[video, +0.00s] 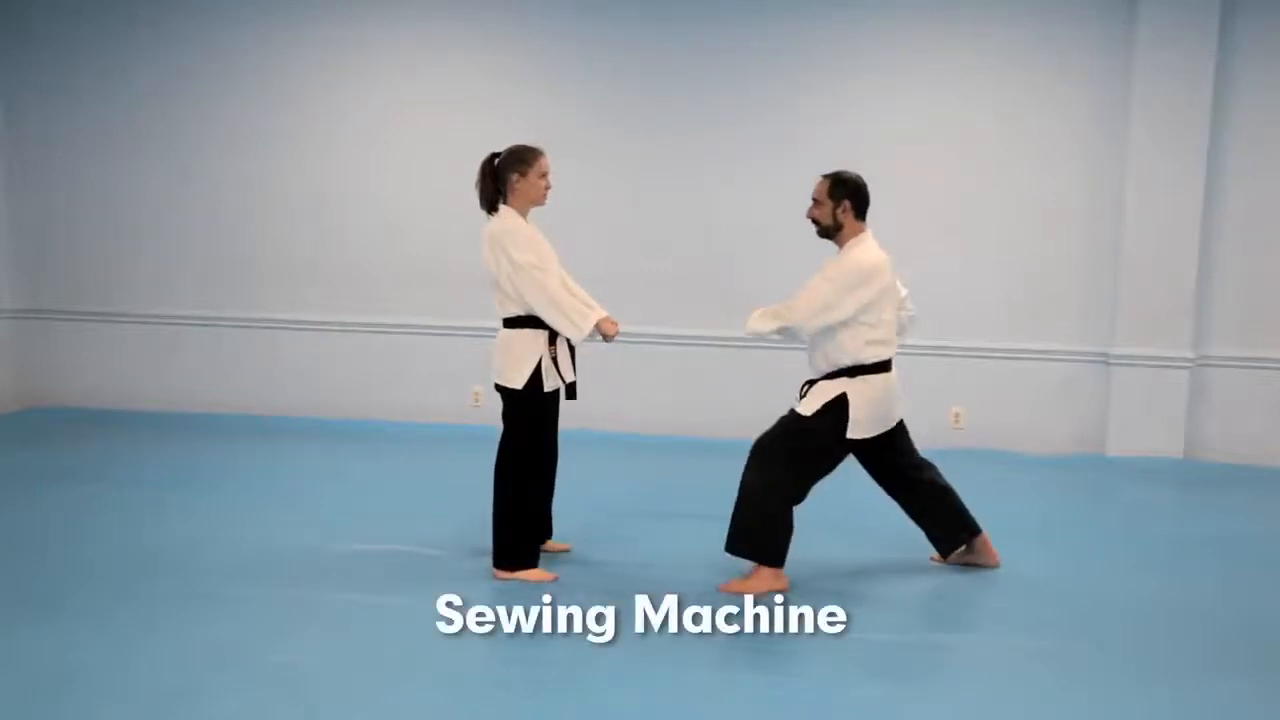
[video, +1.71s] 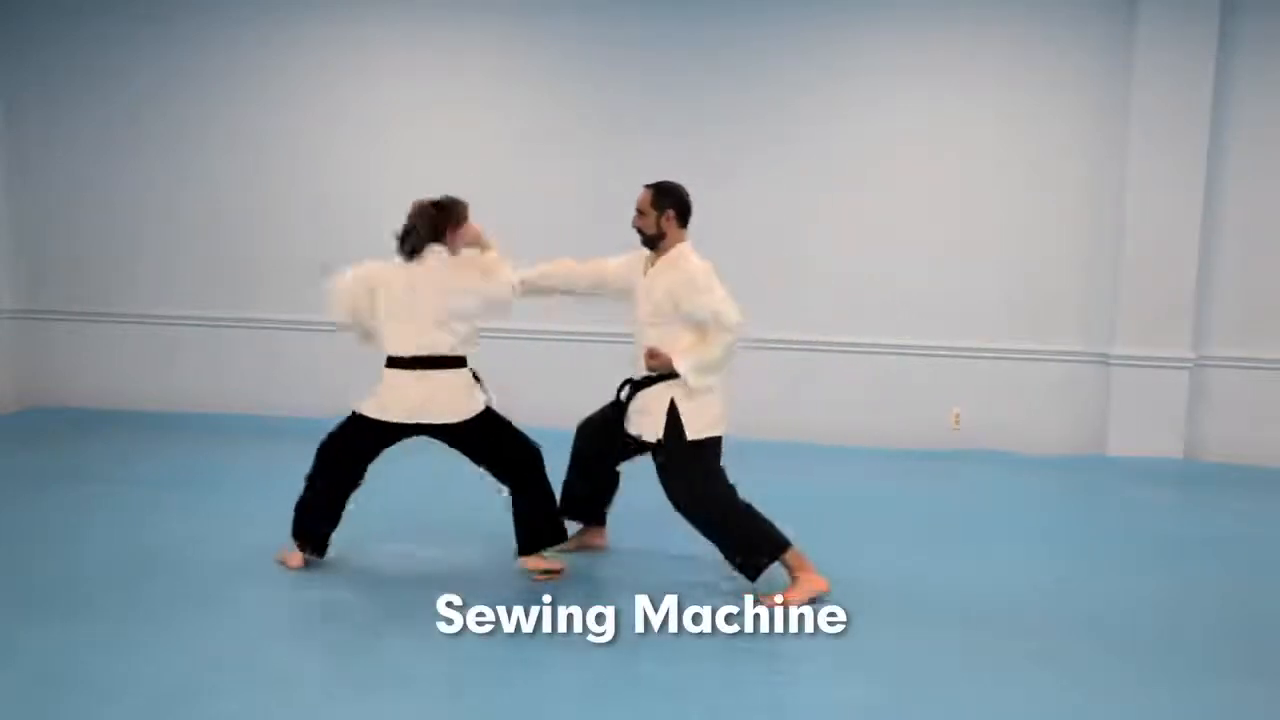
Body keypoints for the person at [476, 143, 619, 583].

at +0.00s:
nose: (549, 184)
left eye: (548, 176)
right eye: (542, 177)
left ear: (520, 183)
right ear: (515, 181)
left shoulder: (525, 228)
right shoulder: (506, 230)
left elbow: (560, 278)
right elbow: (541, 289)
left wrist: (596, 314)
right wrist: (591, 323)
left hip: (544, 353)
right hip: (525, 355)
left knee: (541, 453)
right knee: (521, 457)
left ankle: (534, 536)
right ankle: (511, 562)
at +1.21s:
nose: (589, 215)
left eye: (589, 206)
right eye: (585, 206)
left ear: (558, 204)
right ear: (564, 204)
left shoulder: (529, 233)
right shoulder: (540, 235)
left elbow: (554, 295)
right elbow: (564, 278)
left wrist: (594, 317)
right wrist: (615, 271)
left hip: (480, 360)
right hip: (493, 366)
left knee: (508, 457)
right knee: (529, 459)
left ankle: (516, 549)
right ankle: (524, 562)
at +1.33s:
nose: (576, 219)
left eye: (576, 211)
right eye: (571, 210)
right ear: (548, 206)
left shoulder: (542, 252)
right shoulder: (519, 238)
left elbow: (544, 309)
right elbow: (549, 228)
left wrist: (564, 330)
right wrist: (564, 213)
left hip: (467, 366)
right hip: (478, 371)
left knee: (448, 452)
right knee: (525, 462)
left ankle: (386, 510)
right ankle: (521, 562)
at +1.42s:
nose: (560, 221)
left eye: (560, 213)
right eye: (556, 213)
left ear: (541, 217)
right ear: (535, 215)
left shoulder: (534, 259)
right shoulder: (501, 245)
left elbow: (538, 311)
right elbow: (495, 223)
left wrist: (535, 340)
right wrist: (515, 199)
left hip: (462, 373)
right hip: (474, 377)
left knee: (409, 455)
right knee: (531, 465)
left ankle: (340, 512)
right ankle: (522, 562)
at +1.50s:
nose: (538, 224)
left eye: (537, 216)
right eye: (533, 216)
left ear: (511, 217)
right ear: (511, 218)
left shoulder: (512, 260)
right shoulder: (476, 248)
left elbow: (500, 334)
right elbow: (462, 228)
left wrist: (510, 392)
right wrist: (476, 195)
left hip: (439, 376)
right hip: (464, 382)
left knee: (391, 459)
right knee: (532, 466)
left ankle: (315, 521)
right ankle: (527, 563)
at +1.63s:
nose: (495, 230)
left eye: (495, 222)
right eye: (493, 222)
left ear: (449, 223)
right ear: (478, 224)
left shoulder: (414, 265)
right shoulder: (475, 263)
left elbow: (395, 321)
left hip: (400, 393)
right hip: (455, 398)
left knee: (354, 466)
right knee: (527, 458)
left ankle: (306, 547)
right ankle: (527, 553)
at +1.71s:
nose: (473, 229)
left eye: (469, 221)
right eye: (466, 224)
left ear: (415, 233)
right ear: (451, 233)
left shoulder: (383, 275)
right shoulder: (470, 273)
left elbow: (341, 305)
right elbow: (506, 286)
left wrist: (380, 329)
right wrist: (485, 247)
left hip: (392, 402)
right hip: (454, 404)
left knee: (336, 457)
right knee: (523, 459)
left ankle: (305, 548)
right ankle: (534, 551)